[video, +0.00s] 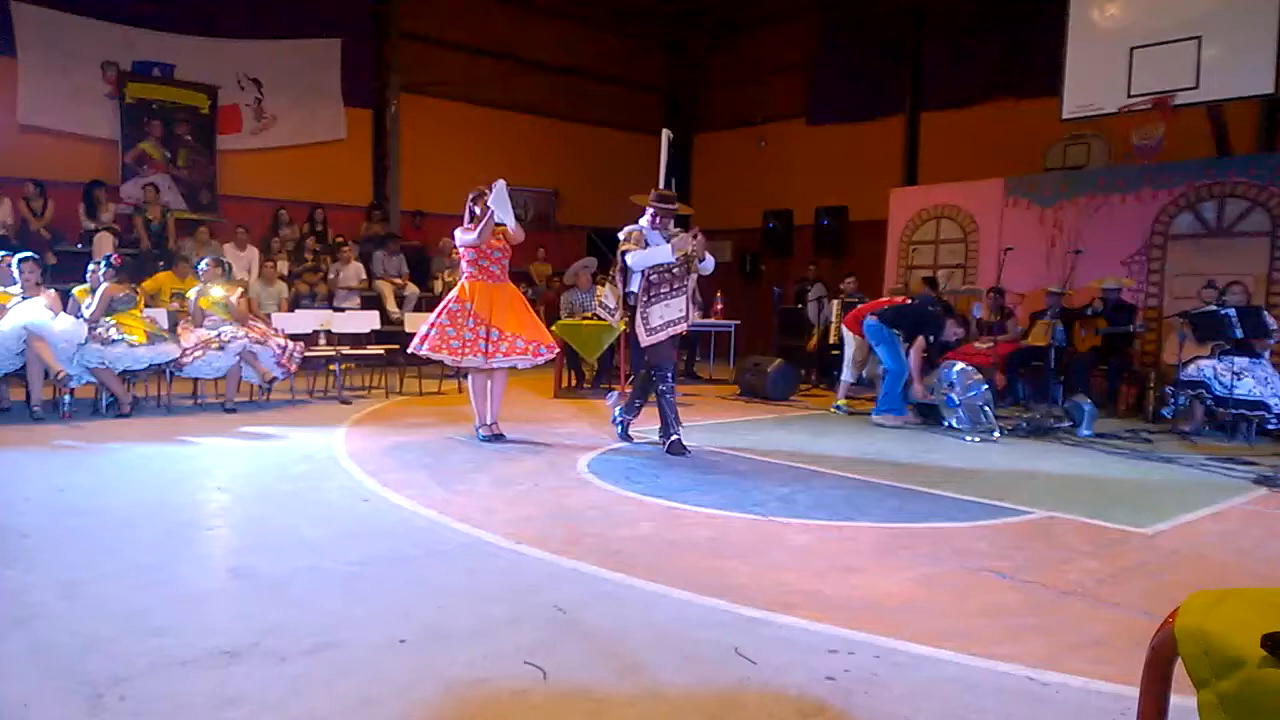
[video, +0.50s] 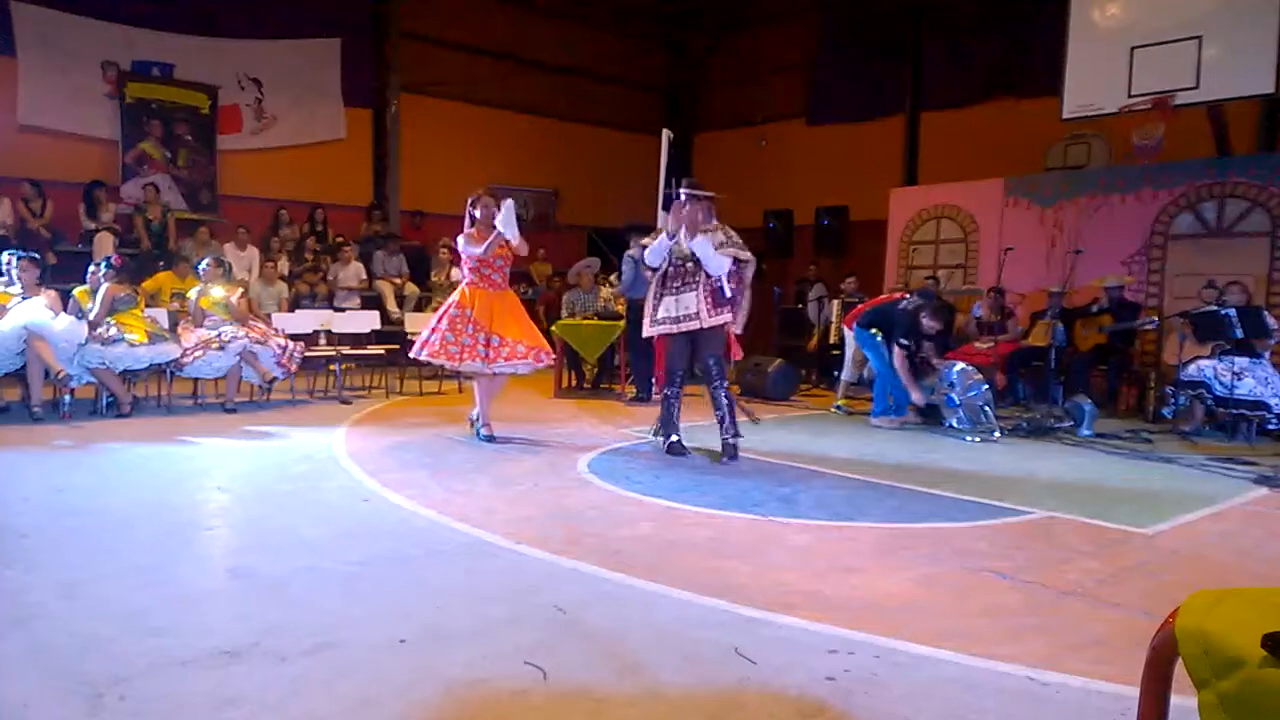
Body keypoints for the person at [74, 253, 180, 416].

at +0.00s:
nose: (100, 274)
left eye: (102, 271)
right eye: (100, 271)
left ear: (110, 272)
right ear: (122, 271)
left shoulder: (108, 288)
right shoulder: (135, 289)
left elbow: (93, 317)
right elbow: (137, 313)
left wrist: (84, 305)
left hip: (122, 336)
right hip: (139, 334)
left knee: (88, 354)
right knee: (88, 352)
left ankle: (124, 397)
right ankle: (123, 395)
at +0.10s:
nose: (100, 274)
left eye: (102, 271)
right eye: (100, 271)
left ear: (110, 272)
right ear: (122, 271)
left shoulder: (108, 289)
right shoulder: (135, 289)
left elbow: (93, 317)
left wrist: (85, 305)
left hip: (123, 336)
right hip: (139, 334)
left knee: (88, 354)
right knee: (88, 352)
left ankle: (124, 397)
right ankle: (123, 395)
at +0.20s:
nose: (100, 274)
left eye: (103, 271)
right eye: (100, 271)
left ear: (110, 272)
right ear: (124, 271)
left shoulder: (108, 289)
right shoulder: (135, 289)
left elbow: (93, 318)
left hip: (122, 337)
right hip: (140, 335)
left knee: (88, 354)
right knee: (88, 352)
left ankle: (124, 398)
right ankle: (124, 395)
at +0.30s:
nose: (101, 275)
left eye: (103, 271)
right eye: (101, 271)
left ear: (111, 272)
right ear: (124, 272)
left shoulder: (108, 289)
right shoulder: (135, 290)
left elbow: (95, 318)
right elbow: (137, 315)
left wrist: (90, 331)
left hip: (123, 337)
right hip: (140, 335)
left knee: (89, 354)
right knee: (89, 352)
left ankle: (124, 398)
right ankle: (124, 396)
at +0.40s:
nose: (101, 275)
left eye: (103, 271)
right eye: (101, 271)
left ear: (110, 272)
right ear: (124, 271)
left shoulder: (108, 288)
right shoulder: (135, 290)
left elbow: (96, 318)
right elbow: (137, 315)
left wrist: (86, 330)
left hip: (123, 337)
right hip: (140, 335)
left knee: (89, 354)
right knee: (89, 353)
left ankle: (124, 397)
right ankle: (124, 396)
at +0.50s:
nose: (102, 275)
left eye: (104, 271)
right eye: (102, 271)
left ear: (112, 272)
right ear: (123, 272)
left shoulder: (109, 288)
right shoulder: (135, 289)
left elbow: (97, 319)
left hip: (126, 336)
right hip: (141, 334)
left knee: (89, 354)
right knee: (89, 352)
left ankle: (124, 397)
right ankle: (124, 396)